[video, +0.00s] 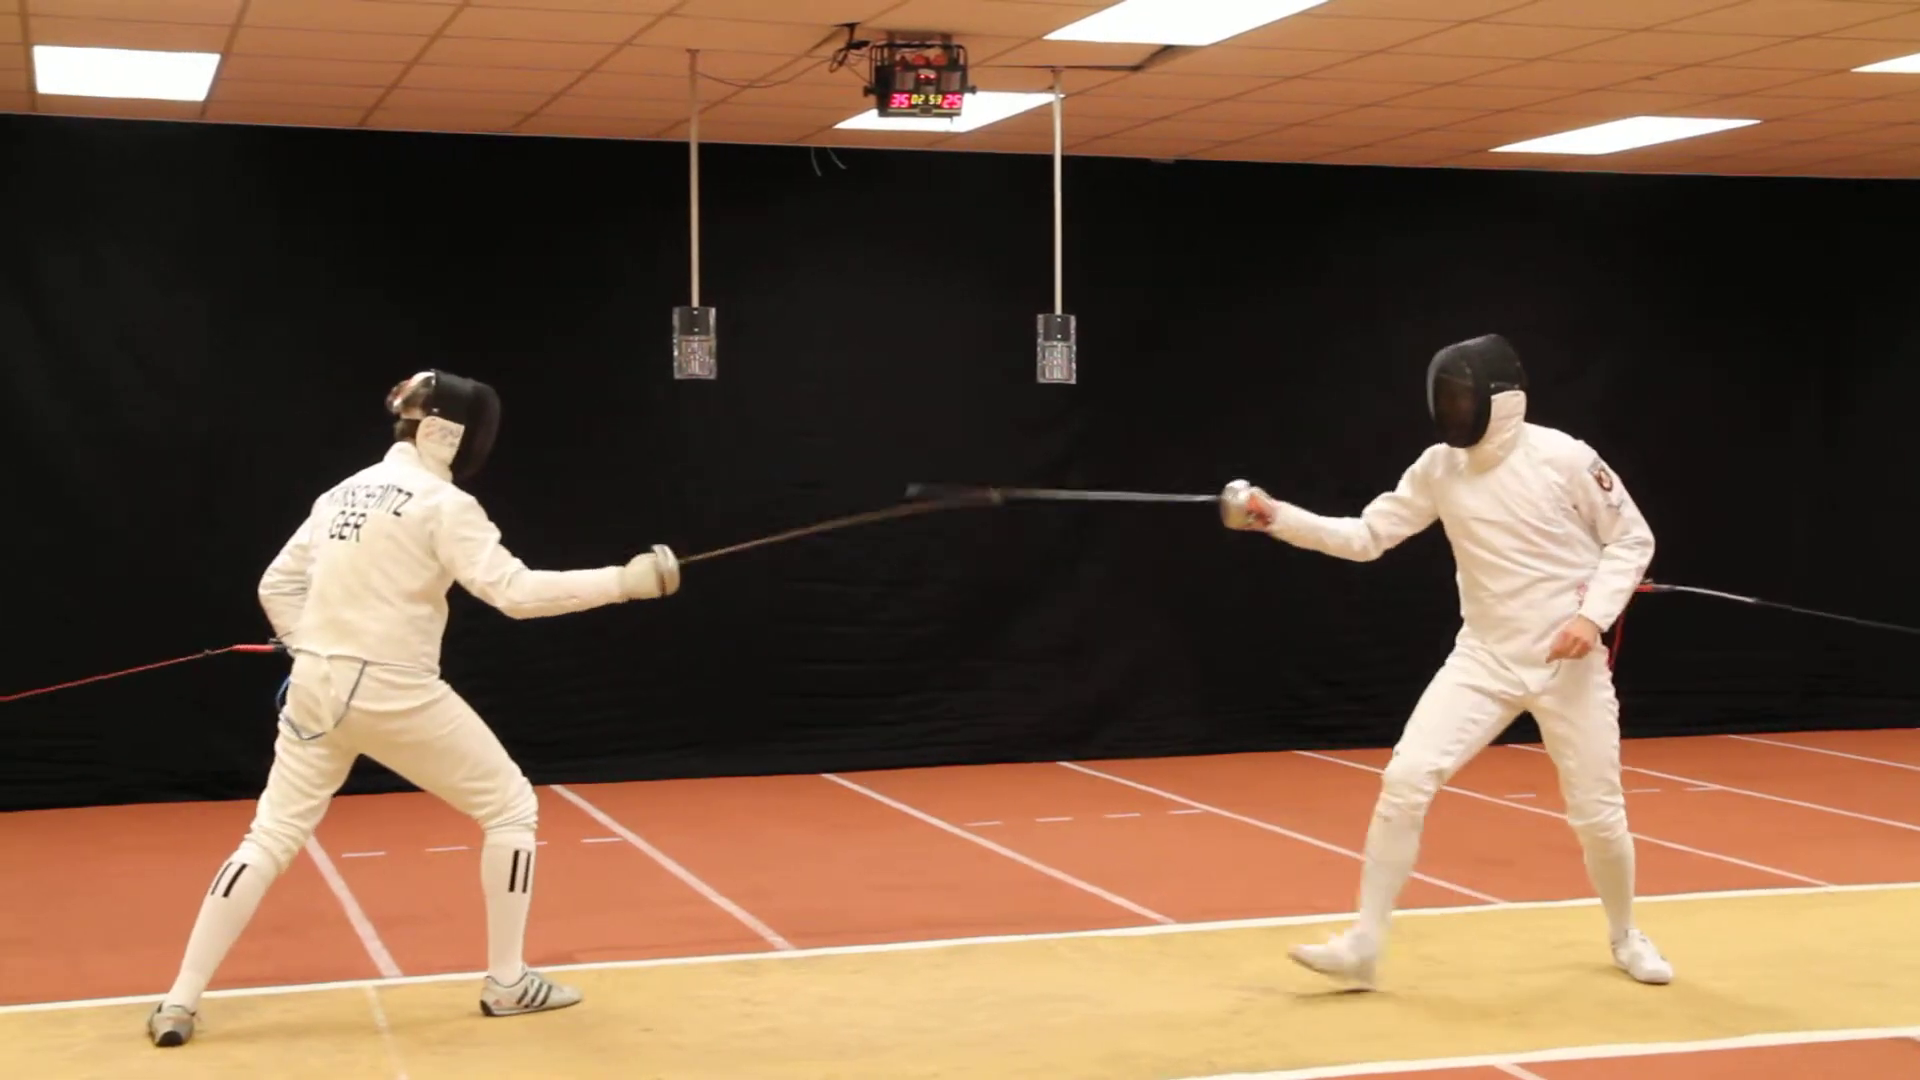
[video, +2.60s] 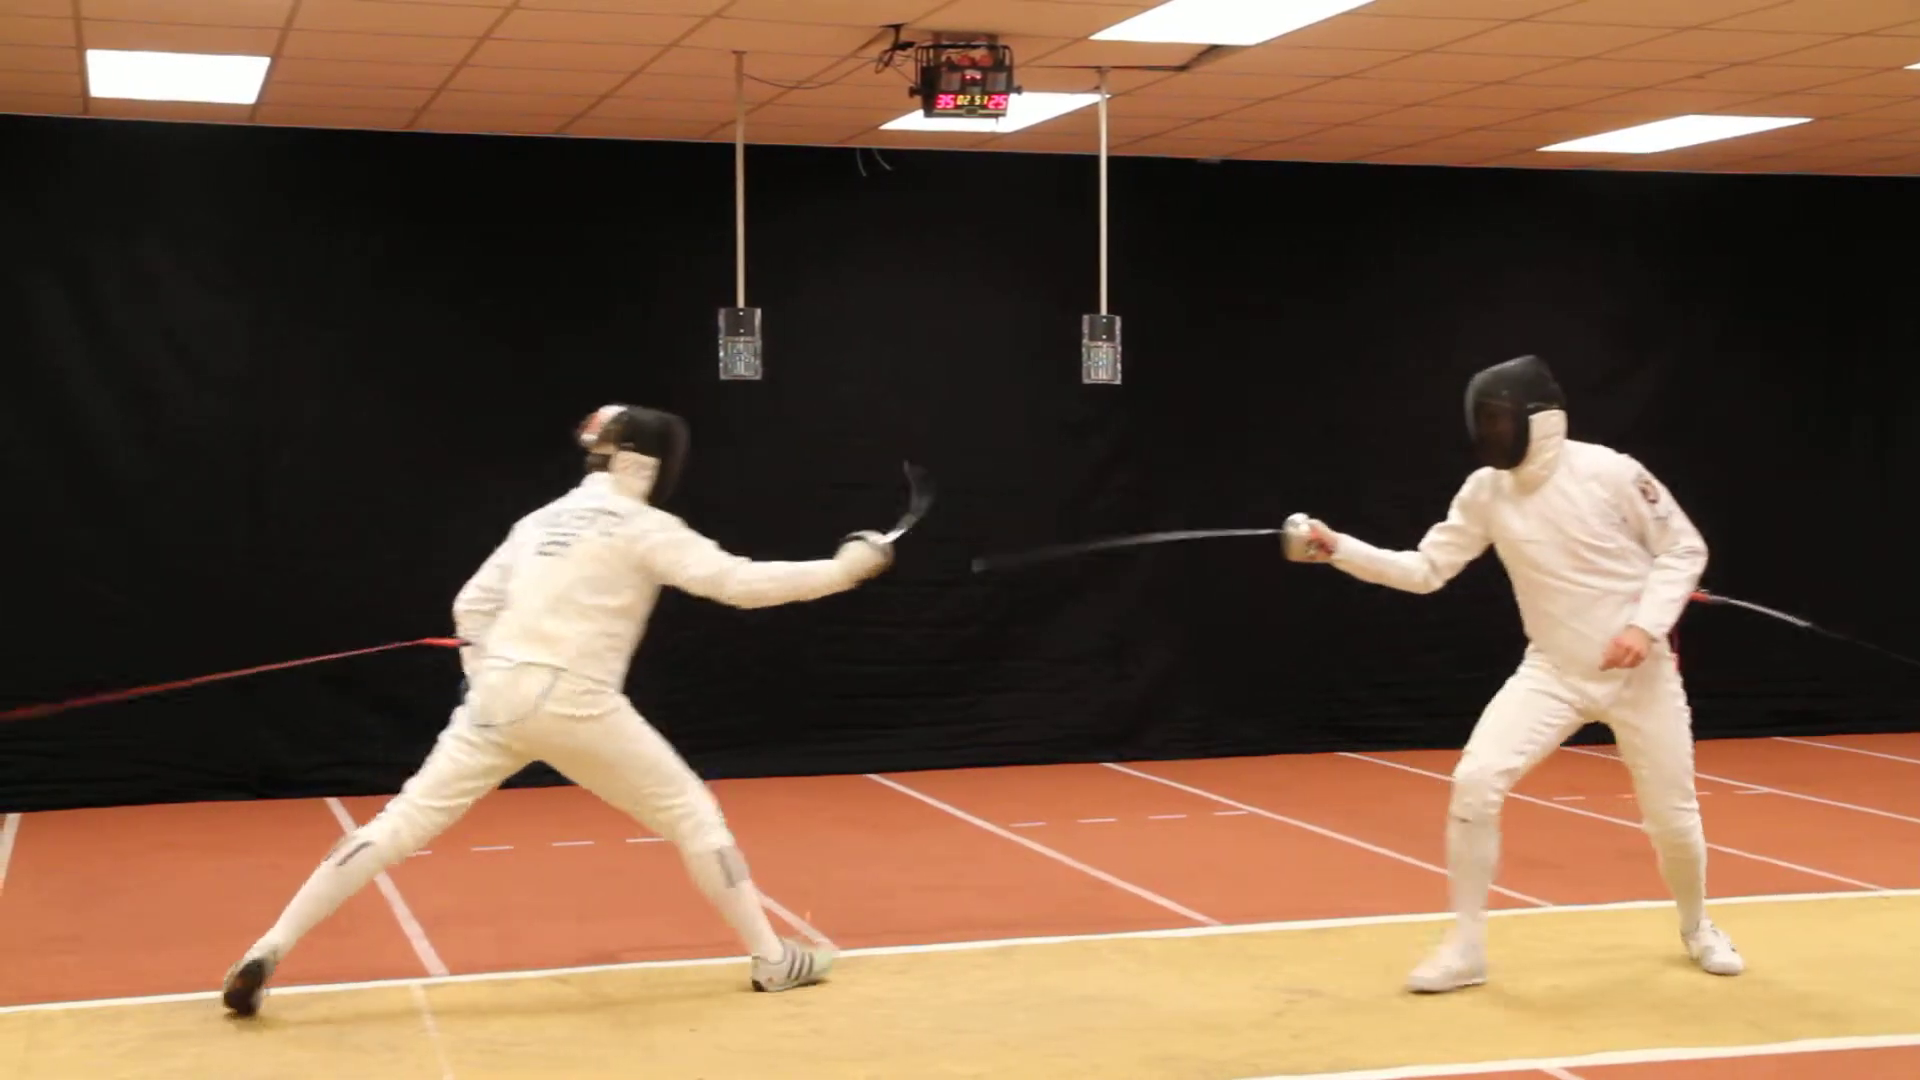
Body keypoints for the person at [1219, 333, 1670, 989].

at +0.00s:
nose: (1448, 408)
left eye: (1460, 394)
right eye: (1444, 394)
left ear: (1500, 395)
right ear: (1446, 397)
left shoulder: (1565, 459)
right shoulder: (1439, 470)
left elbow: (1634, 540)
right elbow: (1366, 537)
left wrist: (1592, 616)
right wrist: (1276, 517)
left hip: (1570, 664)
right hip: (1481, 661)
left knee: (1600, 815)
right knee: (1405, 781)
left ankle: (1626, 937)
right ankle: (1365, 944)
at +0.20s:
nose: (1394, 425)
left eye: (1407, 411)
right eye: (1391, 411)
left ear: (1450, 413)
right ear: (1393, 416)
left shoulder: (1517, 473)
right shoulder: (1388, 483)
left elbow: (1582, 555)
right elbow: (1307, 539)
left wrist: (1554, 634)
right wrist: (1205, 523)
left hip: (1529, 680)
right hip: (1437, 675)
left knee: (1576, 825)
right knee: (1358, 792)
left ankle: (1624, 937)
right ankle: (1325, 957)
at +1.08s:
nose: (1407, 427)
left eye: (1418, 413)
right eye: (1404, 414)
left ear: (1462, 413)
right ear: (1410, 416)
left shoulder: (1535, 473)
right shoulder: (1410, 491)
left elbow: (1604, 558)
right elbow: (1369, 576)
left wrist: (1562, 634)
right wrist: (1282, 559)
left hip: (1562, 677)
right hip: (1469, 677)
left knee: (1607, 824)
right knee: (1393, 805)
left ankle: (1642, 930)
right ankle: (1331, 957)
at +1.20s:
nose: (1445, 423)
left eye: (1459, 409)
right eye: (1442, 410)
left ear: (1505, 410)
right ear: (1442, 413)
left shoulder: (1568, 472)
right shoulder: (1442, 488)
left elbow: (1644, 551)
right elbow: (1392, 569)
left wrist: (1598, 626)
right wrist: (1307, 546)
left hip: (1590, 675)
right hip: (1500, 675)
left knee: (1623, 826)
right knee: (1425, 785)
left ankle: (1642, 933)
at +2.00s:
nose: (1392, 445)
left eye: (1404, 431)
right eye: (1388, 432)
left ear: (1448, 430)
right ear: (1391, 436)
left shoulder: (1519, 483)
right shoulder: (1392, 504)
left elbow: (1592, 560)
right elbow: (1312, 566)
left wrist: (1580, 644)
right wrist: (1215, 551)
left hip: (1554, 684)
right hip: (1461, 686)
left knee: (1612, 829)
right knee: (1375, 792)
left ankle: (1635, 938)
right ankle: (1375, 958)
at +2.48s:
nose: (1444, 435)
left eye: (1456, 420)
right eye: (1441, 422)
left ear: (1499, 419)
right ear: (1442, 426)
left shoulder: (1573, 476)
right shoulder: (1448, 497)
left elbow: (1644, 556)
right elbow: (1394, 577)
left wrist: (1606, 629)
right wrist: (1303, 552)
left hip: (1608, 677)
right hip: (1515, 679)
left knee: (1660, 825)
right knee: (1438, 798)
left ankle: (1694, 922)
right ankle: (1390, 954)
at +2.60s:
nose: (1480, 431)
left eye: (1494, 417)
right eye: (1478, 418)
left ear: (1539, 417)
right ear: (1484, 421)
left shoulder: (1610, 475)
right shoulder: (1485, 493)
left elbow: (1685, 550)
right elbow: (1426, 570)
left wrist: (1645, 626)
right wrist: (1337, 548)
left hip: (1641, 676)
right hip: (1551, 674)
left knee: (1676, 823)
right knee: (1474, 783)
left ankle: (1698, 929)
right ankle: (1466, 949)